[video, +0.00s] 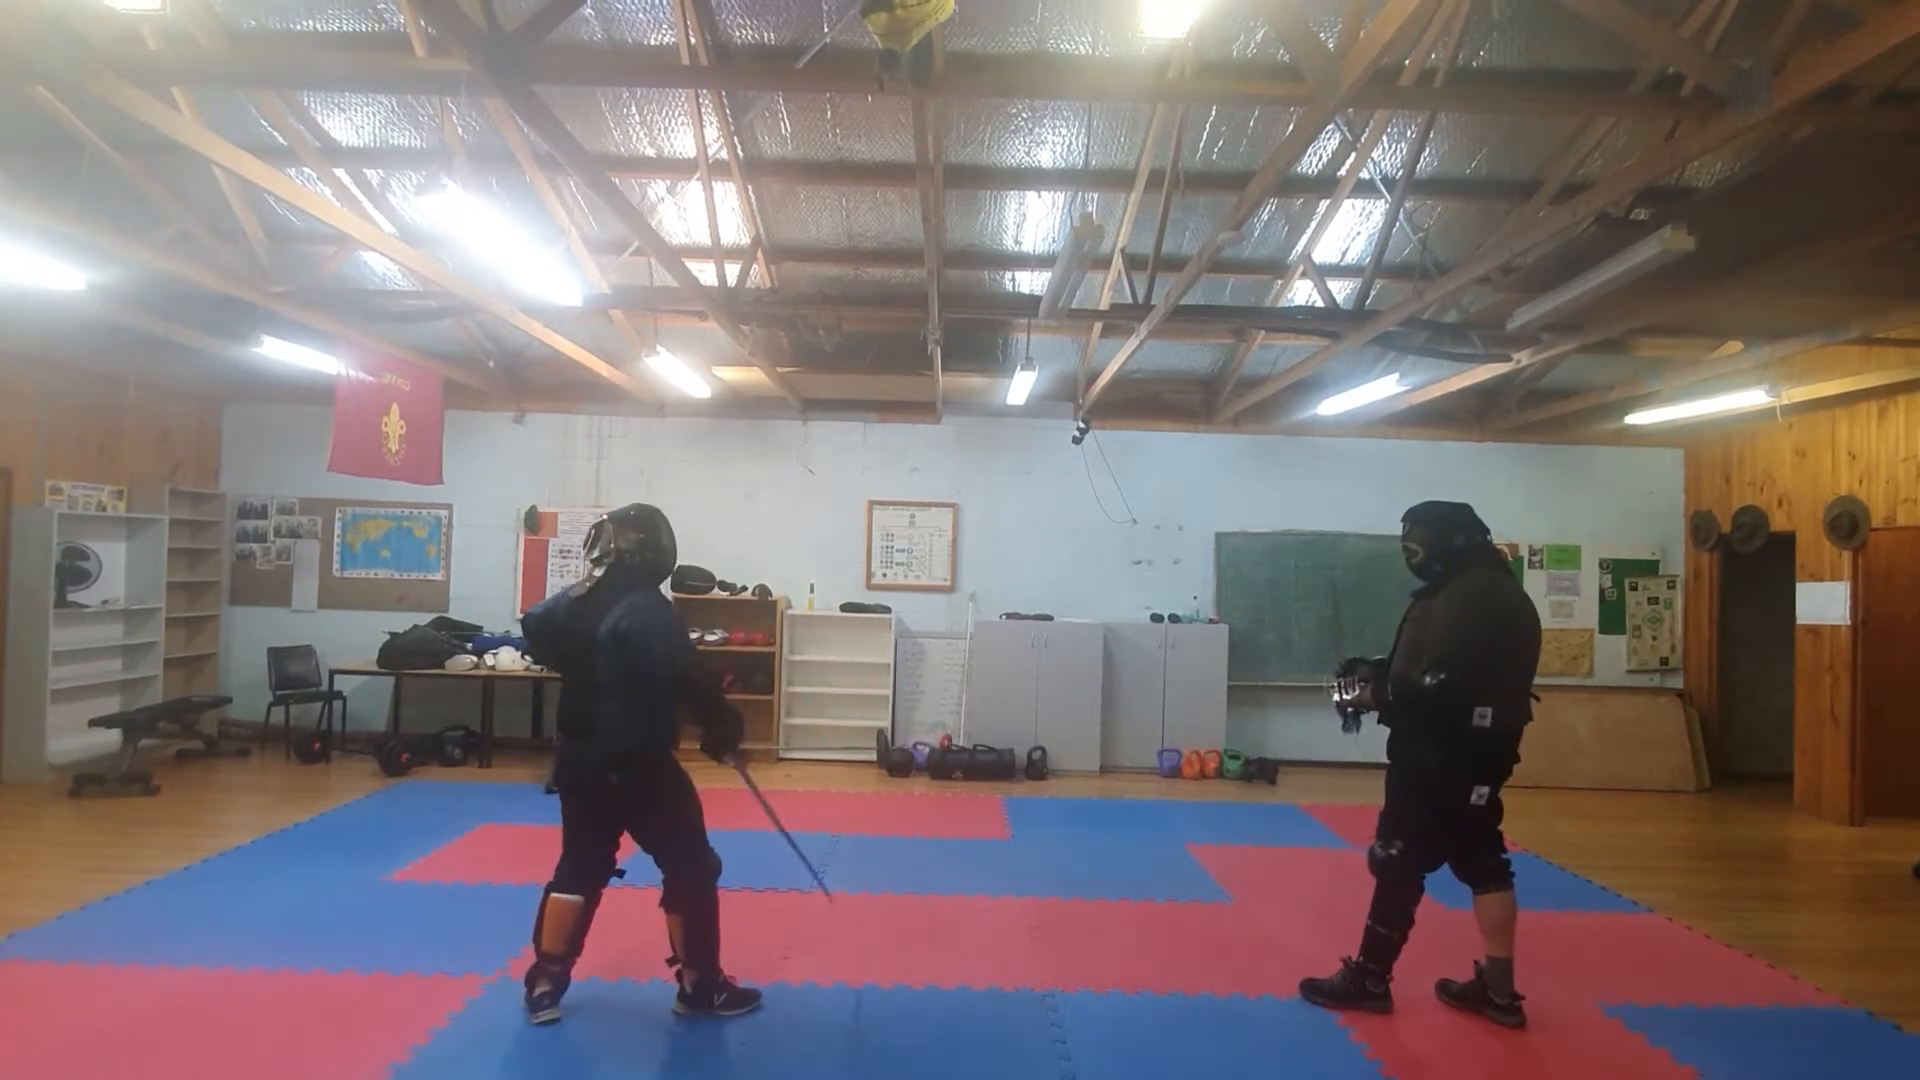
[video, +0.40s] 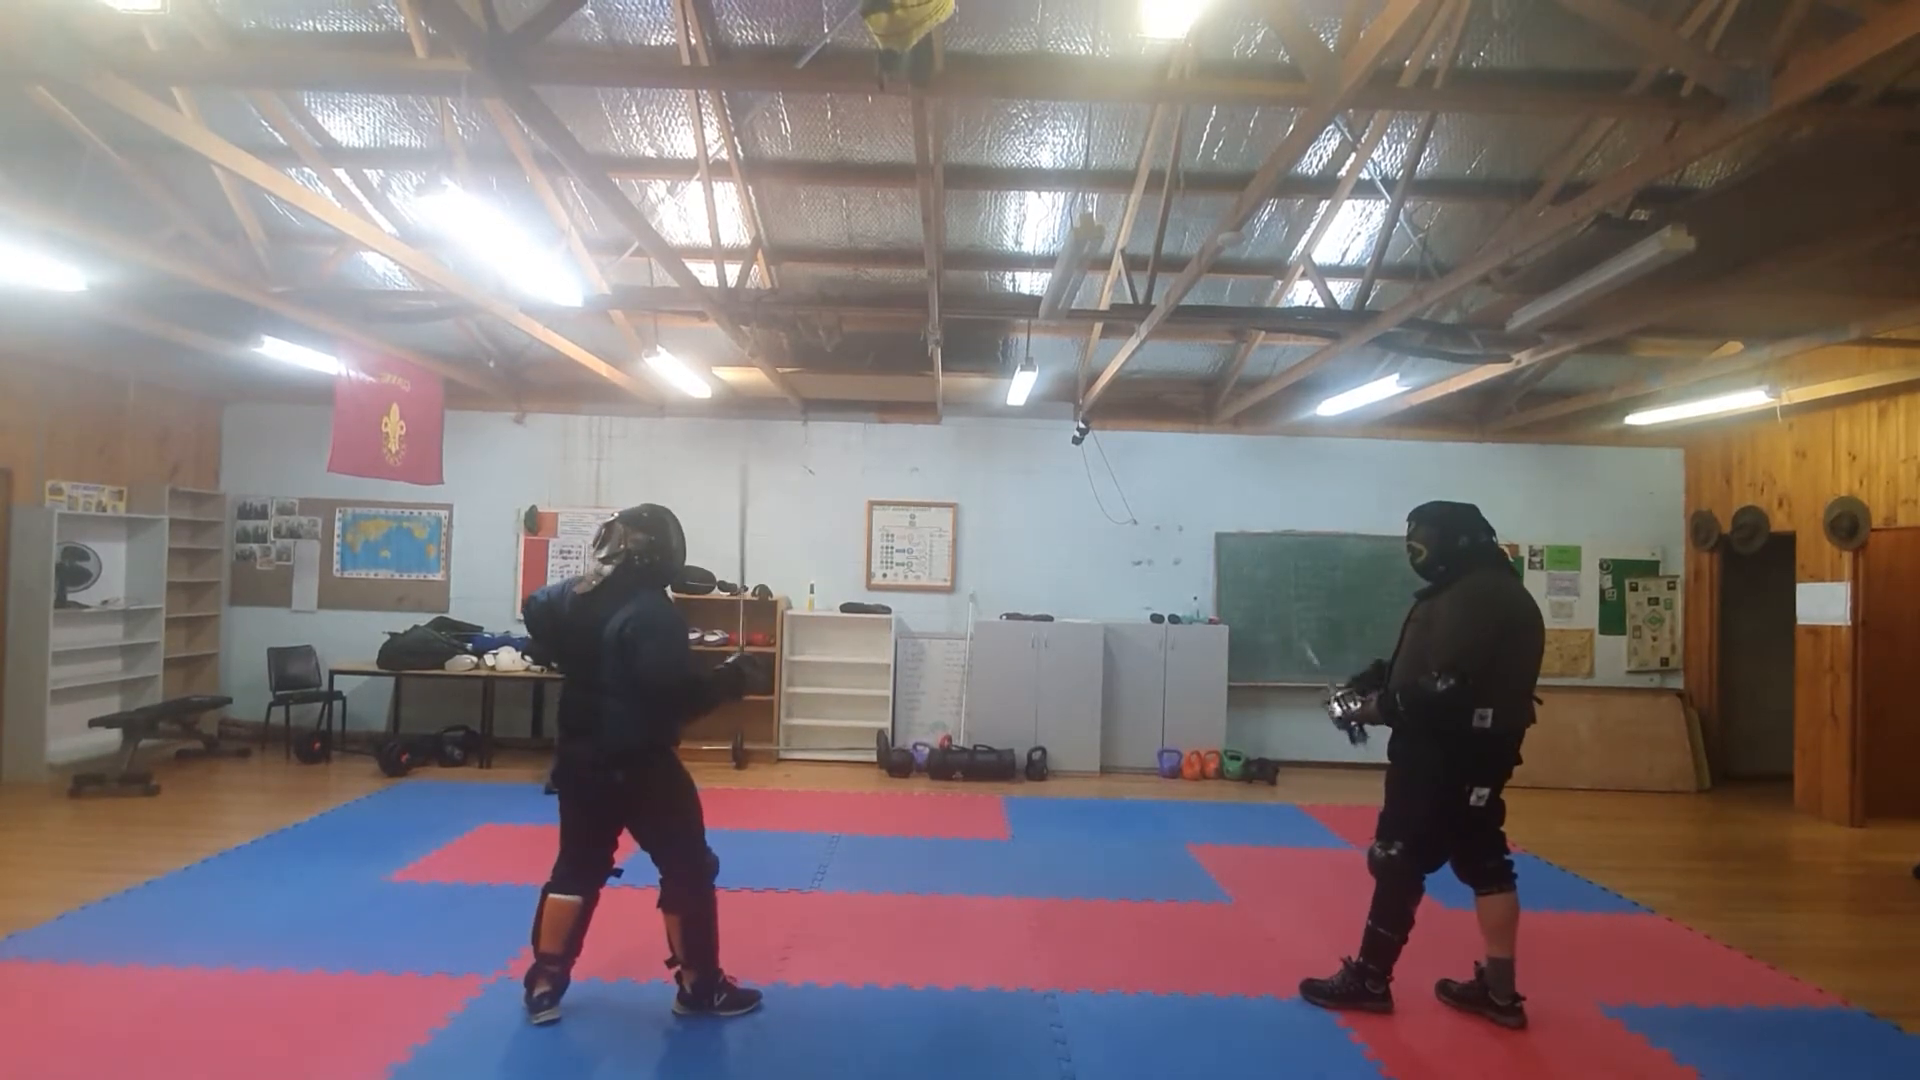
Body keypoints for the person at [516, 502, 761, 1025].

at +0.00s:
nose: (668, 559)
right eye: (666, 550)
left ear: (607, 549)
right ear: (657, 552)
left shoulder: (579, 603)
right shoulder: (650, 611)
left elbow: (534, 624)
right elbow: (687, 677)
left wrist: (584, 668)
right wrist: (724, 725)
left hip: (580, 768)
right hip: (644, 769)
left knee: (580, 865)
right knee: (691, 865)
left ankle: (546, 981)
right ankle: (700, 983)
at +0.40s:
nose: (677, 562)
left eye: (676, 553)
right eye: (674, 553)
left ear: (614, 548)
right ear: (662, 553)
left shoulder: (580, 602)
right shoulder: (655, 614)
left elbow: (536, 612)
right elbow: (672, 698)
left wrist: (576, 586)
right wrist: (731, 678)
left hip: (581, 766)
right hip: (645, 767)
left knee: (577, 865)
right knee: (688, 866)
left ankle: (545, 983)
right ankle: (700, 983)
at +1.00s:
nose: (668, 563)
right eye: (665, 554)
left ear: (603, 549)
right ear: (657, 555)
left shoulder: (569, 608)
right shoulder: (655, 613)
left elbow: (518, 624)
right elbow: (715, 660)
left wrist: (567, 596)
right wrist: (794, 642)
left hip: (583, 771)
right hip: (649, 770)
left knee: (578, 865)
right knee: (705, 858)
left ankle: (545, 982)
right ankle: (704, 980)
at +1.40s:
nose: (723, 566)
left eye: (661, 551)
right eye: (721, 557)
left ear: (657, 555)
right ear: (716, 559)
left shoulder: (621, 608)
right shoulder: (718, 616)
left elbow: (573, 624)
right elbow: (781, 652)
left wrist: (625, 590)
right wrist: (855, 635)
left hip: (635, 769)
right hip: (706, 772)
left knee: (602, 864)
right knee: (742, 866)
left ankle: (551, 978)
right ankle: (745, 983)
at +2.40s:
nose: (716, 567)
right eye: (715, 557)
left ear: (650, 551)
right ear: (708, 557)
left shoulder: (615, 609)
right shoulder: (708, 615)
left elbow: (567, 637)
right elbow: (767, 672)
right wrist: (841, 658)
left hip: (635, 774)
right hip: (706, 775)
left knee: (623, 868)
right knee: (754, 863)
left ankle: (591, 987)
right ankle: (761, 984)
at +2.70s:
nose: (757, 565)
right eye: (755, 555)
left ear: (691, 552)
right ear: (747, 555)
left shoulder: (651, 609)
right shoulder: (753, 608)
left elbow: (593, 626)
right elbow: (821, 632)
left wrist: (603, 593)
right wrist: (900, 620)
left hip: (663, 773)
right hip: (738, 773)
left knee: (635, 871)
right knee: (767, 871)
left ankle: (593, 988)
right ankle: (769, 992)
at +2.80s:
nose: (762, 563)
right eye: (760, 555)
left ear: (696, 551)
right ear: (750, 554)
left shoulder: (654, 604)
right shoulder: (754, 603)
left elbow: (600, 626)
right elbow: (825, 619)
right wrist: (908, 604)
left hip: (664, 767)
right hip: (737, 768)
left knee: (644, 867)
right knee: (768, 870)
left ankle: (613, 989)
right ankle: (769, 991)